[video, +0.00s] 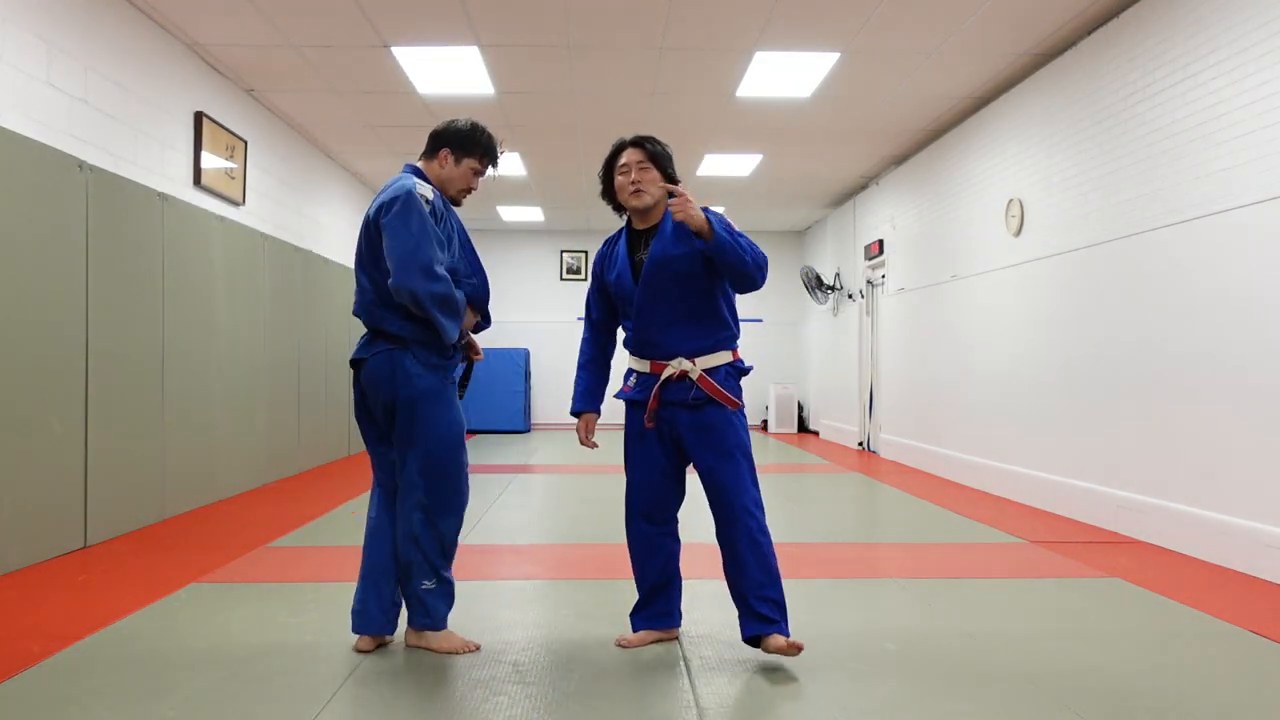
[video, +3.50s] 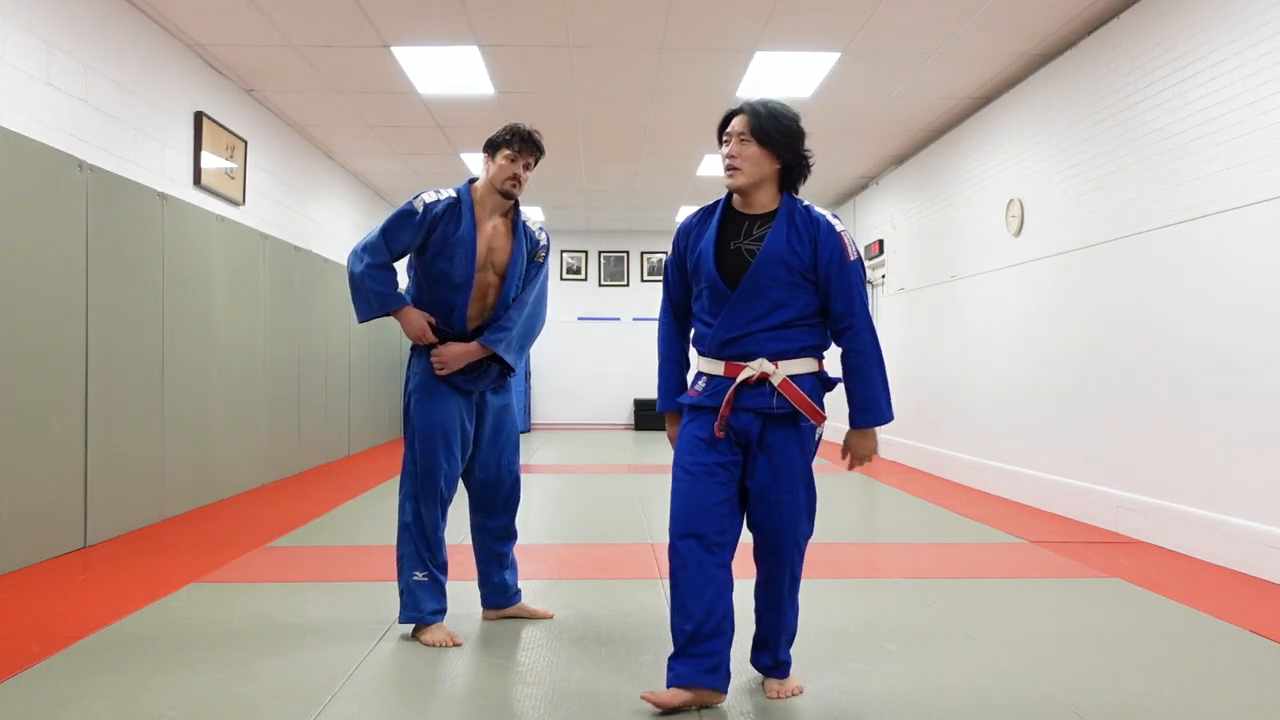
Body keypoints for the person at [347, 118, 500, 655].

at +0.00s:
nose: (476, 185)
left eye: (481, 176)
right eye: (474, 172)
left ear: (444, 161)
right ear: (445, 157)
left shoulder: (424, 202)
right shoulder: (411, 196)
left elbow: (459, 279)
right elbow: (415, 278)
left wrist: (465, 328)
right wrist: (459, 321)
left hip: (391, 363)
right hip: (412, 366)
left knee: (393, 489)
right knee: (437, 489)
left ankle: (372, 624)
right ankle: (427, 624)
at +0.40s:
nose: (498, 188)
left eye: (504, 178)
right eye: (496, 175)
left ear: (470, 167)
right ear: (464, 161)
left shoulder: (461, 210)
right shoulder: (427, 198)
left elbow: (468, 281)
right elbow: (409, 266)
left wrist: (487, 326)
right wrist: (460, 310)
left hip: (451, 366)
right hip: (420, 366)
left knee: (474, 470)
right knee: (436, 484)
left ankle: (411, 577)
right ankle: (421, 627)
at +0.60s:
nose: (509, 190)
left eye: (515, 180)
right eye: (505, 177)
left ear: (491, 172)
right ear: (473, 162)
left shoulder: (482, 217)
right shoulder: (432, 204)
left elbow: (495, 288)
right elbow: (415, 278)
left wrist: (510, 329)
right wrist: (469, 320)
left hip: (468, 368)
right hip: (429, 367)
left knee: (481, 485)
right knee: (430, 493)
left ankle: (490, 593)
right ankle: (419, 627)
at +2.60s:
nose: (469, 158)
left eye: (476, 149)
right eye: (458, 148)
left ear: (483, 157)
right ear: (435, 154)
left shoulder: (496, 220)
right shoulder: (406, 223)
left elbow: (523, 279)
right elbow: (386, 303)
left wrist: (502, 315)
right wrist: (431, 364)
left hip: (482, 376)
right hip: (423, 380)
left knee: (492, 491)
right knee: (422, 497)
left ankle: (500, 597)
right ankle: (421, 616)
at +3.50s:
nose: (518, 170)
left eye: (527, 165)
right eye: (511, 159)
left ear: (531, 174)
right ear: (487, 159)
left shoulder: (531, 232)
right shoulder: (437, 208)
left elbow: (530, 311)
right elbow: (367, 259)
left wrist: (478, 348)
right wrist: (401, 311)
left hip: (498, 374)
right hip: (439, 370)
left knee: (498, 486)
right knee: (430, 489)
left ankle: (500, 598)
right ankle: (423, 614)